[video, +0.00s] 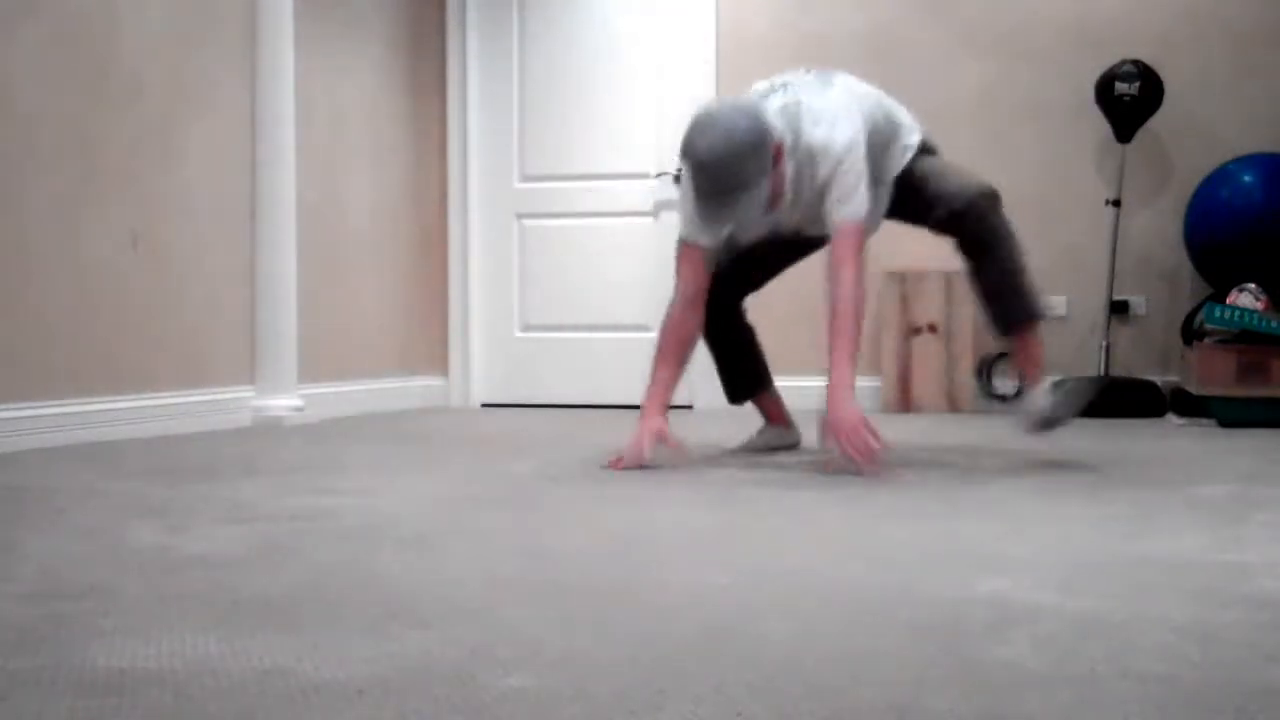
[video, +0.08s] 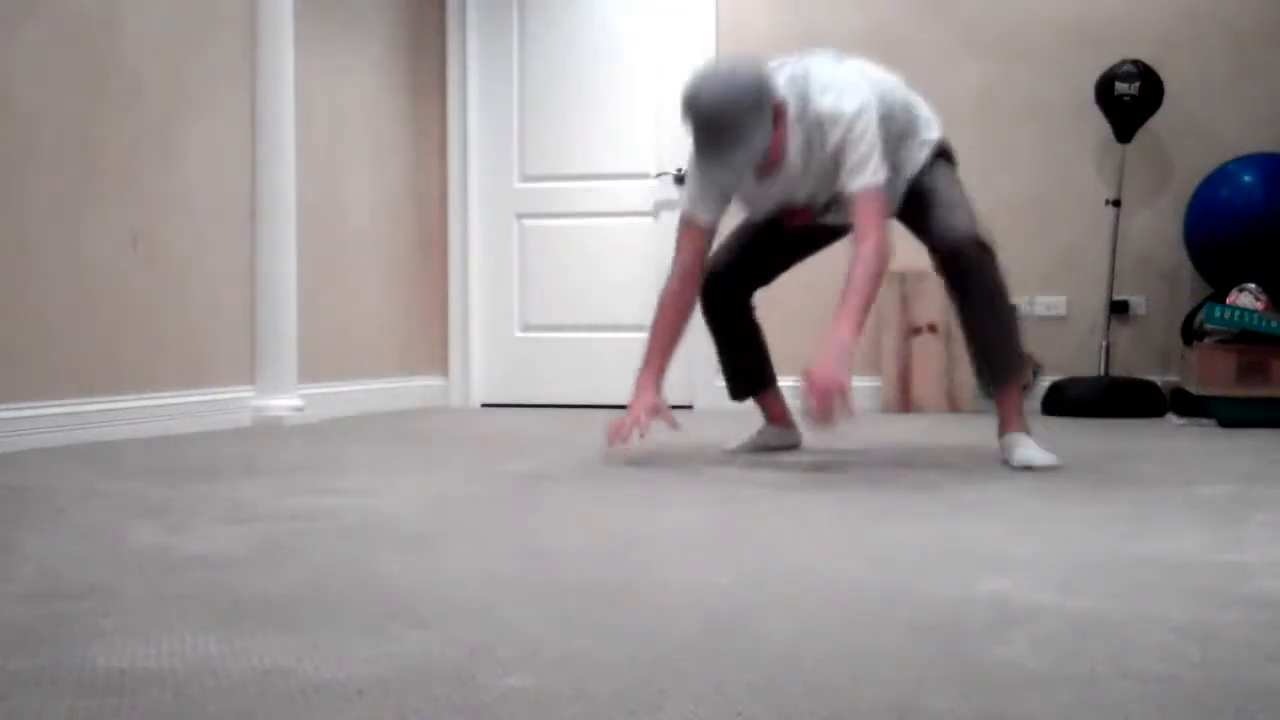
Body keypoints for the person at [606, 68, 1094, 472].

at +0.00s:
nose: (739, 221)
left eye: (749, 205)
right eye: (723, 208)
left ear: (776, 161)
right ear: (696, 173)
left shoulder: (837, 140)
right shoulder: (704, 170)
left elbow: (846, 277)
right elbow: (689, 296)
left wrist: (841, 400)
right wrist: (653, 414)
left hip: (892, 170)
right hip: (809, 204)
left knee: (974, 202)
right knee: (712, 293)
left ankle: (1035, 383)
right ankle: (777, 423)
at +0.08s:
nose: (748, 169)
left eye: (756, 154)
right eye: (731, 162)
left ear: (778, 117)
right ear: (706, 136)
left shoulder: (847, 107)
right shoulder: (714, 147)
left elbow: (872, 242)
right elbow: (686, 274)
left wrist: (837, 353)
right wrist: (648, 384)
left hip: (906, 170)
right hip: (818, 195)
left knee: (965, 248)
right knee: (720, 284)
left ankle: (1015, 430)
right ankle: (778, 425)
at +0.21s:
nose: (752, 80)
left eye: (760, 62)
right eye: (737, 67)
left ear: (788, 31)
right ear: (718, 56)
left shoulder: (865, 55)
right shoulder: (726, 87)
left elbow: (890, 202)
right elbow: (701, 211)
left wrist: (845, 312)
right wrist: (660, 316)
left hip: (919, 148)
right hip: (834, 172)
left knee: (971, 249)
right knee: (732, 278)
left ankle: (1014, 429)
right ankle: (780, 426)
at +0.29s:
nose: (761, 10)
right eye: (748, 3)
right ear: (737, 4)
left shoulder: (872, 16)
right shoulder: (734, 45)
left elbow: (889, 153)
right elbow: (722, 151)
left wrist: (866, 279)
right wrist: (693, 241)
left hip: (924, 130)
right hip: (842, 148)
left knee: (975, 245)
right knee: (743, 273)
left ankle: (1015, 430)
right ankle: (780, 424)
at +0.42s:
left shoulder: (882, 3)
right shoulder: (739, 5)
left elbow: (893, 87)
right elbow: (752, 74)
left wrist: (898, 217)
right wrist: (750, 134)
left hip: (924, 110)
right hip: (838, 123)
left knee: (973, 244)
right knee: (748, 268)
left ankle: (1014, 428)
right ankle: (781, 423)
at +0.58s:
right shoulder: (743, 4)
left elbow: (914, 26)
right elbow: (751, 32)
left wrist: (905, 150)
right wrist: (768, 99)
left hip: (902, 111)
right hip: (814, 118)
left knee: (961, 250)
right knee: (740, 272)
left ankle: (1011, 429)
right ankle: (781, 424)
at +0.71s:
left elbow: (911, 5)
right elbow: (734, 20)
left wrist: (905, 100)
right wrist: (727, 131)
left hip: (874, 103)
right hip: (789, 111)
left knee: (926, 245)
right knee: (741, 272)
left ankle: (1000, 419)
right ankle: (780, 425)